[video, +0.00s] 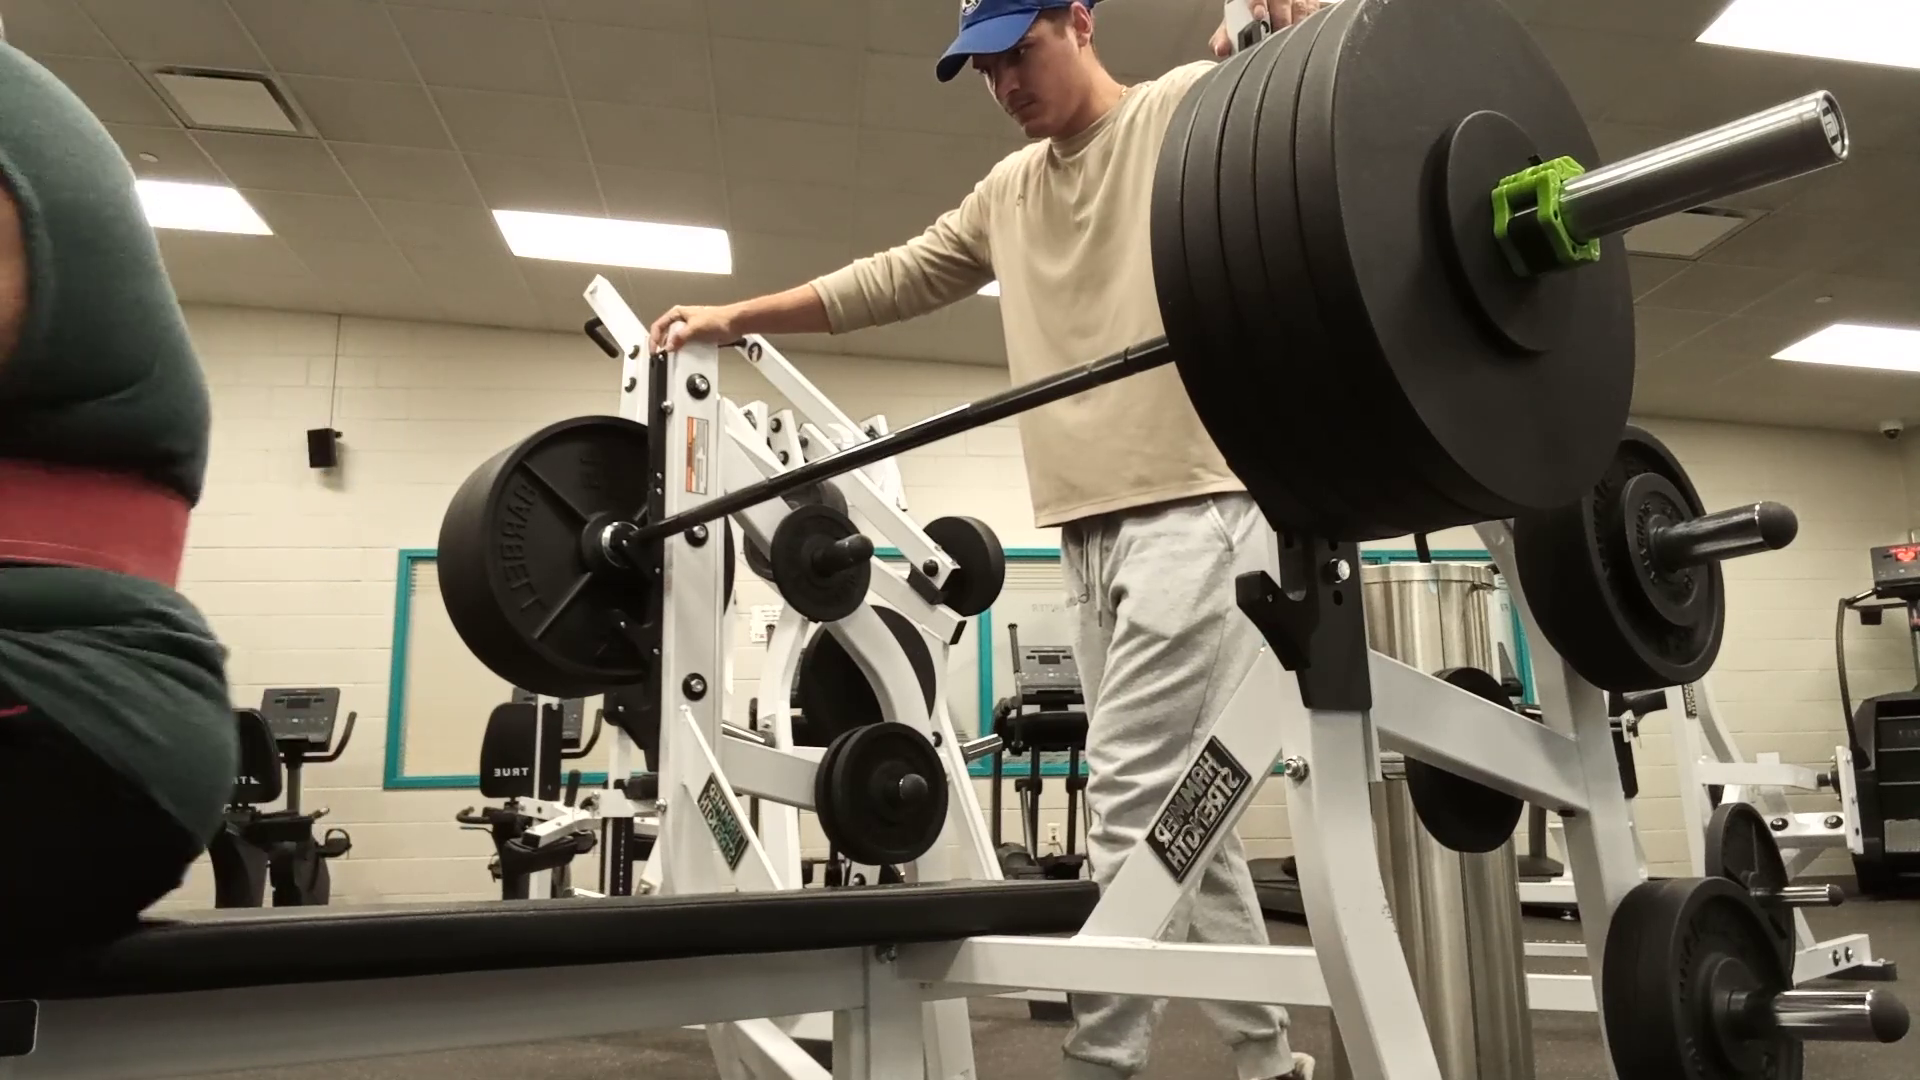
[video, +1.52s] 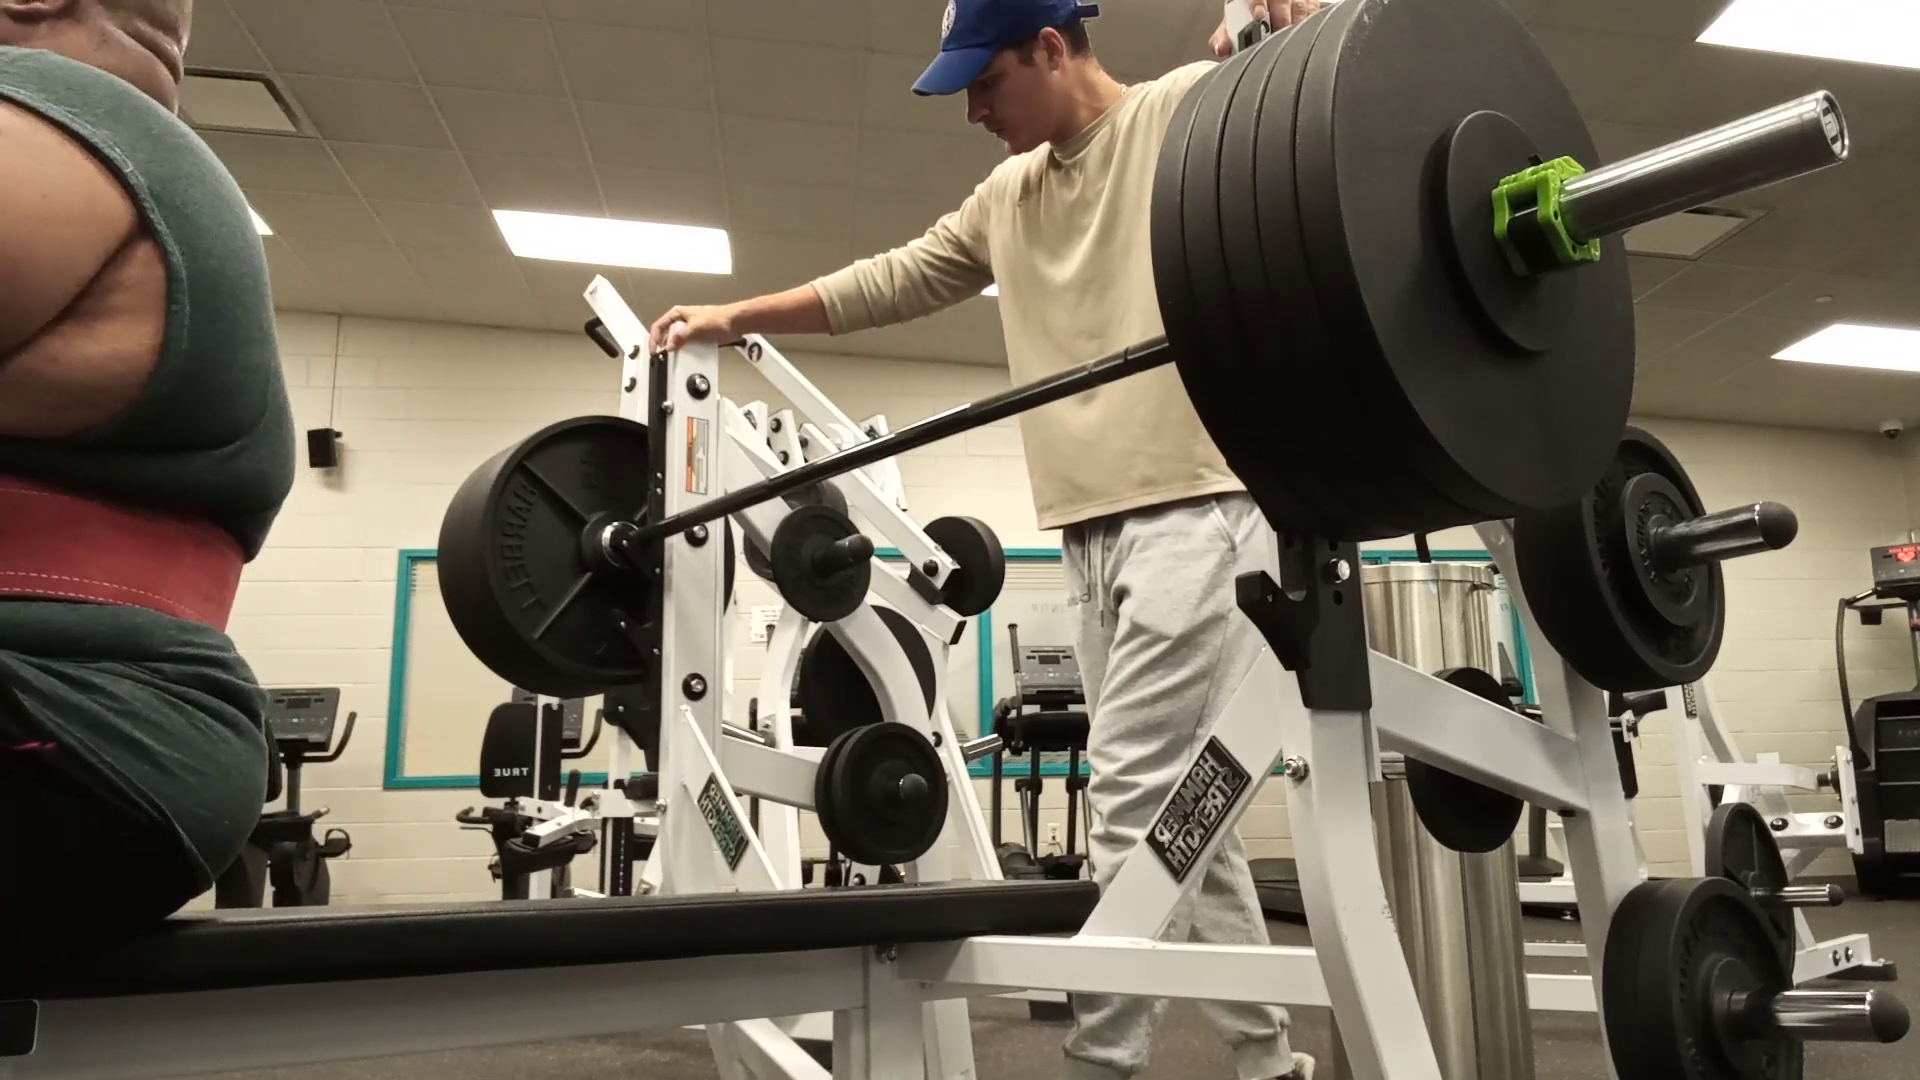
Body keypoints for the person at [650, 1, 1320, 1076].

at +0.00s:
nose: (999, 85)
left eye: (1013, 55)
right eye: (986, 68)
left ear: (1080, 24)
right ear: (984, 74)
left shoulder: (1186, 101)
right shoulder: (1006, 192)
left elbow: (1317, 110)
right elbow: (890, 279)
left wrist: (1289, 38)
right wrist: (734, 315)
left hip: (1200, 509)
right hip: (1090, 533)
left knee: (1127, 791)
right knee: (1173, 803)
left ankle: (1101, 1064)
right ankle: (1267, 1061)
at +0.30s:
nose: (1001, 87)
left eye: (1014, 57)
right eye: (987, 71)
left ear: (1079, 25)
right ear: (985, 78)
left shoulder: (1187, 100)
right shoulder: (1006, 192)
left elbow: (1316, 103)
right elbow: (891, 279)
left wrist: (1292, 35)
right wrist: (734, 315)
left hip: (1201, 508)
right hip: (1090, 530)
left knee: (1128, 792)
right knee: (1172, 802)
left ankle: (1102, 1064)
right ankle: (1265, 1059)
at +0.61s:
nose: (998, 86)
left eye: (1011, 57)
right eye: (985, 71)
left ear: (1078, 25)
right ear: (986, 77)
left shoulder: (1186, 101)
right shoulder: (1006, 193)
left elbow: (1316, 107)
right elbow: (893, 280)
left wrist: (1290, 37)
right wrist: (734, 315)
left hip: (1200, 509)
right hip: (1090, 531)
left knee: (1129, 795)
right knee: (1175, 805)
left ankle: (1102, 1061)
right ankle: (1265, 1057)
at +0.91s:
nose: (987, 97)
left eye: (997, 68)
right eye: (978, 79)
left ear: (1067, 34)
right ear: (1002, 73)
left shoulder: (1188, 101)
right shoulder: (1007, 193)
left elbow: (1320, 111)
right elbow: (897, 279)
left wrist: (1295, 35)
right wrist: (736, 314)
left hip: (1201, 510)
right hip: (1090, 533)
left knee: (1128, 793)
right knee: (1174, 804)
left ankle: (1102, 1064)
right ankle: (1266, 1060)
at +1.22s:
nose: (983, 102)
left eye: (994, 75)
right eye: (975, 83)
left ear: (1064, 40)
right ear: (1023, 62)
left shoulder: (1186, 101)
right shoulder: (1006, 193)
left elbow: (1317, 106)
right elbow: (895, 279)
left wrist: (1292, 35)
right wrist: (735, 314)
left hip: (1200, 510)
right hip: (1090, 534)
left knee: (1129, 795)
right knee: (1176, 806)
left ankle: (1103, 1061)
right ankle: (1266, 1058)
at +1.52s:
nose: (974, 111)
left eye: (985, 83)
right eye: (967, 90)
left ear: (1054, 46)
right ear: (1024, 64)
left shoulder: (1185, 102)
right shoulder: (1005, 195)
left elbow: (1315, 110)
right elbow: (893, 280)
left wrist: (1291, 37)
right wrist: (734, 314)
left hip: (1200, 511)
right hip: (1090, 535)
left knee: (1128, 793)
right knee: (1174, 805)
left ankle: (1102, 1064)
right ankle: (1267, 1061)